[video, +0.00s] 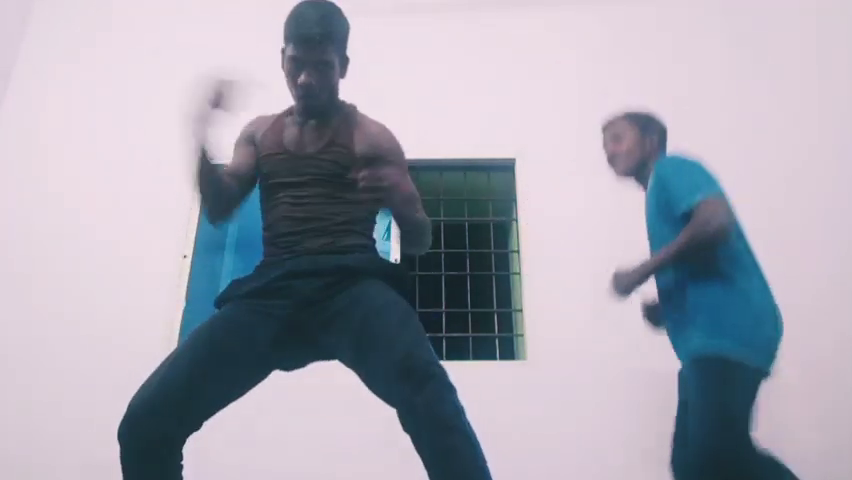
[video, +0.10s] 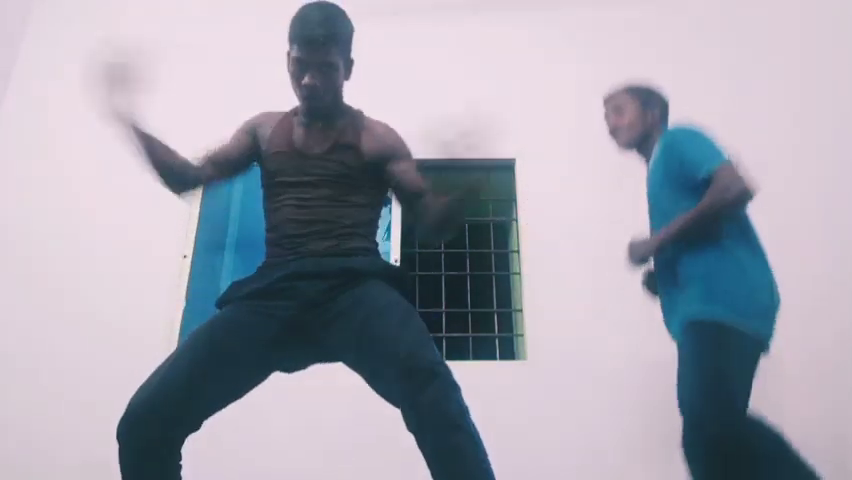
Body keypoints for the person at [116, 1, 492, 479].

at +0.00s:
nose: (308, 78)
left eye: (322, 66)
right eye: (299, 65)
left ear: (343, 68)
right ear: (284, 64)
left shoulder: (372, 138)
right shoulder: (259, 134)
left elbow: (419, 241)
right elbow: (218, 209)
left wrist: (403, 196)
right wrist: (202, 139)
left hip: (354, 291)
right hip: (271, 292)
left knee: (420, 378)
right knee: (147, 424)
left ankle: (471, 475)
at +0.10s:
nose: (310, 80)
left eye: (324, 68)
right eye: (302, 67)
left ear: (348, 68)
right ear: (288, 62)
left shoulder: (376, 138)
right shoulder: (262, 132)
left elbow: (427, 219)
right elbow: (185, 177)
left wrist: (453, 187)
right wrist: (132, 124)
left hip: (357, 293)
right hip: (273, 296)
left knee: (427, 382)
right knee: (146, 424)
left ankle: (474, 478)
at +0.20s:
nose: (319, 77)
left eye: (333, 65)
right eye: (310, 64)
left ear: (357, 63)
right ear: (297, 59)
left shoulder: (389, 141)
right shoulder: (265, 124)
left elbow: (463, 200)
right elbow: (173, 159)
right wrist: (92, 118)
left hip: (361, 297)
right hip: (271, 300)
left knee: (437, 377)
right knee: (142, 426)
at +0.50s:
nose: (335, 71)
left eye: (348, 59)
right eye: (324, 57)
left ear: (368, 61)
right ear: (306, 55)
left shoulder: (395, 139)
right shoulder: (274, 126)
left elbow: (463, 212)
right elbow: (195, 183)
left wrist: (536, 179)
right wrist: (103, 137)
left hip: (370, 283)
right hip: (280, 287)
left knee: (445, 374)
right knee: (151, 426)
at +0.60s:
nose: (337, 67)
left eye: (351, 56)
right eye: (327, 54)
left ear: (371, 58)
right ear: (312, 54)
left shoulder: (397, 135)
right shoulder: (279, 127)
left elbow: (458, 227)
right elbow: (218, 201)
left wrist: (475, 211)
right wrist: (145, 190)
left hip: (372, 273)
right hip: (286, 279)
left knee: (439, 370)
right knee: (159, 423)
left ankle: (481, 476)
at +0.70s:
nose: (340, 66)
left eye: (354, 54)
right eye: (330, 53)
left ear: (374, 58)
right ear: (314, 55)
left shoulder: (395, 132)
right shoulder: (280, 131)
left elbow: (456, 222)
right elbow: (236, 214)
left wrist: (430, 249)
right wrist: (194, 226)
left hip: (373, 277)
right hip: (287, 284)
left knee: (437, 369)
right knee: (159, 425)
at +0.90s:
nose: (300, 70)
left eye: (312, 60)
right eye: (291, 59)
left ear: (331, 63)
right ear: (277, 61)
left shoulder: (358, 136)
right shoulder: (245, 150)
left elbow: (417, 204)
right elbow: (227, 245)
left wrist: (429, 233)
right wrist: (184, 280)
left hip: (345, 282)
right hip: (258, 291)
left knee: (409, 375)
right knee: (134, 428)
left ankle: (465, 474)